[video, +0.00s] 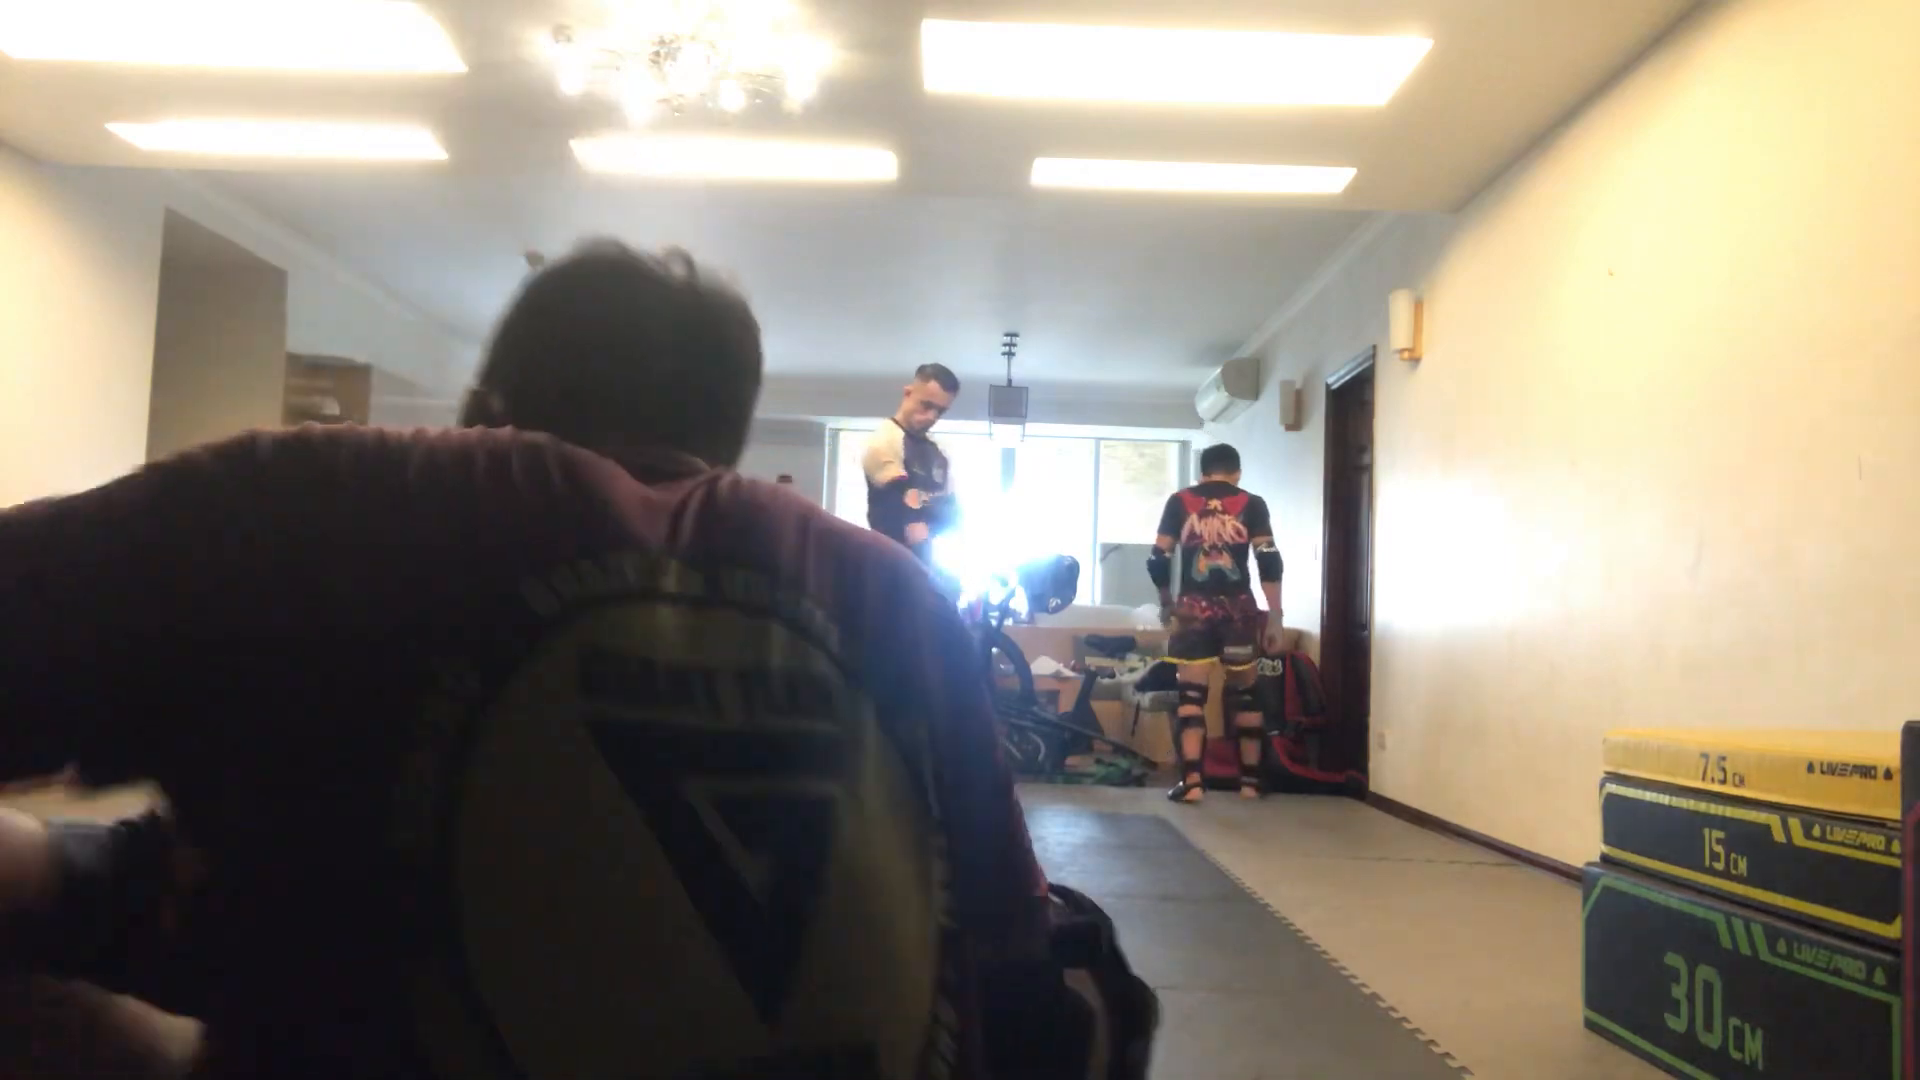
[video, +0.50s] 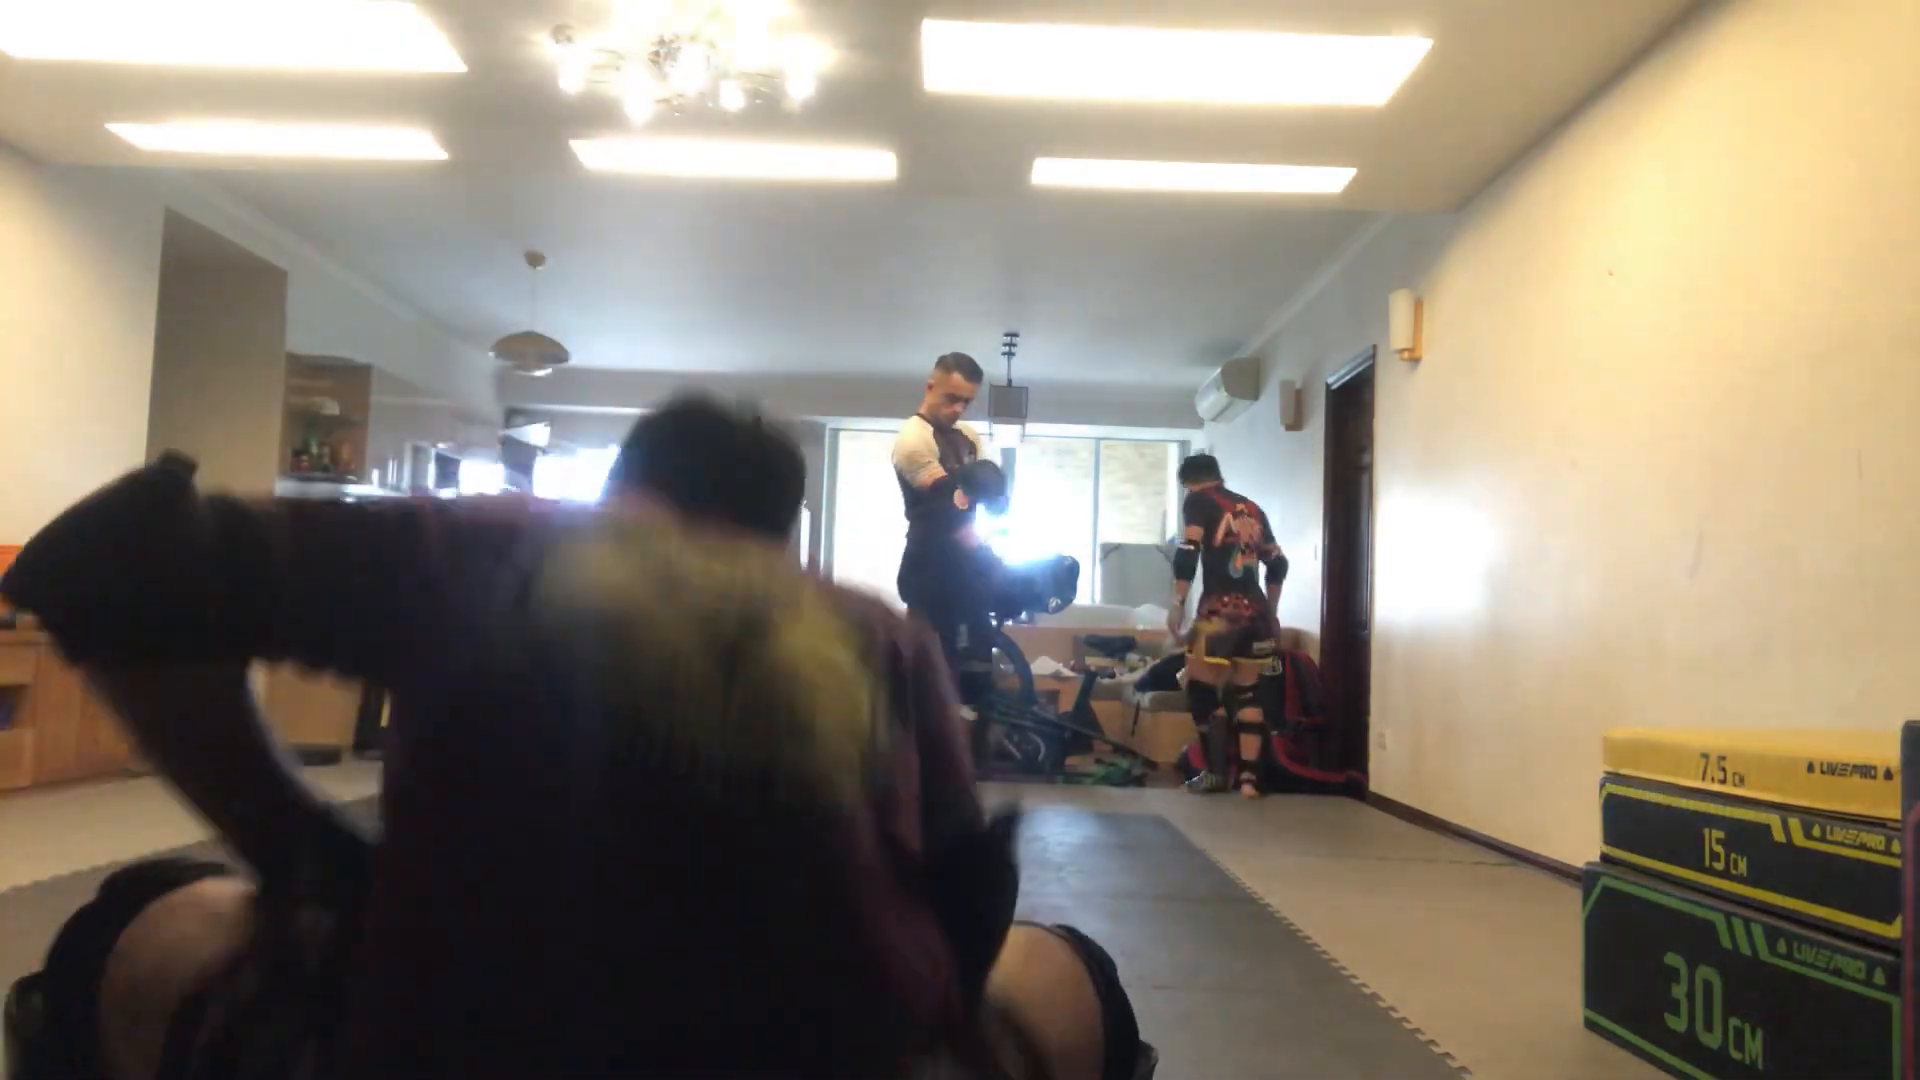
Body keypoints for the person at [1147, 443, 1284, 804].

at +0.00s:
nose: (1235, 478)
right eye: (1237, 473)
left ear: (1201, 472)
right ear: (1237, 472)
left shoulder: (1179, 501)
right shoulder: (1251, 504)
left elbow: (1157, 562)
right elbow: (1269, 561)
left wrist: (1168, 607)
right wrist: (1275, 616)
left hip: (1192, 614)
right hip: (1239, 614)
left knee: (1191, 696)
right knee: (1244, 693)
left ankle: (1192, 781)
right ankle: (1250, 781)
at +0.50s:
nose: (1187, 492)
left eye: (1186, 487)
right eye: (1186, 487)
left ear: (1193, 483)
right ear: (1217, 478)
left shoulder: (1198, 499)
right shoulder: (1249, 506)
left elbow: (1188, 556)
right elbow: (1277, 563)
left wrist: (1177, 606)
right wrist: (1270, 612)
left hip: (1219, 610)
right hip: (1258, 612)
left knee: (1200, 684)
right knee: (1248, 691)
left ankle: (1215, 770)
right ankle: (1249, 776)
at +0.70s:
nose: (1166, 509)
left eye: (1163, 501)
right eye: (1162, 503)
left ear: (1172, 492)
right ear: (1189, 485)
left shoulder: (1198, 508)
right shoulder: (1225, 505)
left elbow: (1198, 562)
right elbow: (1253, 564)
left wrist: (1179, 613)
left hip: (1225, 611)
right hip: (1251, 610)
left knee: (1208, 690)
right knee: (1233, 686)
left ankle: (1217, 772)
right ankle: (1248, 750)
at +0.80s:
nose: (1160, 518)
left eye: (1157, 510)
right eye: (1155, 513)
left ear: (1168, 498)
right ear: (1175, 493)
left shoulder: (1199, 510)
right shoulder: (1212, 508)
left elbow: (1206, 565)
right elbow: (1228, 568)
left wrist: (1186, 617)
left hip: (1234, 617)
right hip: (1248, 615)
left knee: (1213, 686)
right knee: (1238, 688)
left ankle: (1219, 769)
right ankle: (1242, 762)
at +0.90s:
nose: (1153, 528)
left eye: (1150, 520)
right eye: (1148, 523)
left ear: (1163, 507)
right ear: (1167, 504)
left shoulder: (1200, 517)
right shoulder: (1199, 517)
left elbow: (1218, 570)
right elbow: (1217, 575)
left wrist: (1198, 614)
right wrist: (1201, 618)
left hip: (1244, 621)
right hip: (1238, 620)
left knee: (1213, 689)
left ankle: (1220, 771)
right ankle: (1226, 769)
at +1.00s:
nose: (1153, 544)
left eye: (1150, 537)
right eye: (1147, 539)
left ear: (1160, 524)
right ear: (1163, 522)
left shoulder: (1208, 529)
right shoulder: (1185, 544)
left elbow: (1232, 588)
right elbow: (1207, 592)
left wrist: (1212, 633)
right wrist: (1205, 633)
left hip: (1256, 623)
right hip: (1230, 625)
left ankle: (1225, 768)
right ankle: (1218, 764)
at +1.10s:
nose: (1156, 563)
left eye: (1154, 556)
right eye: (1151, 559)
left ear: (1165, 539)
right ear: (1161, 544)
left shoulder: (1210, 536)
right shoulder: (1180, 562)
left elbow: (1244, 590)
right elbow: (1195, 609)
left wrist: (1222, 639)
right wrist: (1199, 651)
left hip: (1266, 619)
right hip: (1236, 618)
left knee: (1243, 689)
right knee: (1211, 684)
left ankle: (1235, 772)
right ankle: (1217, 765)